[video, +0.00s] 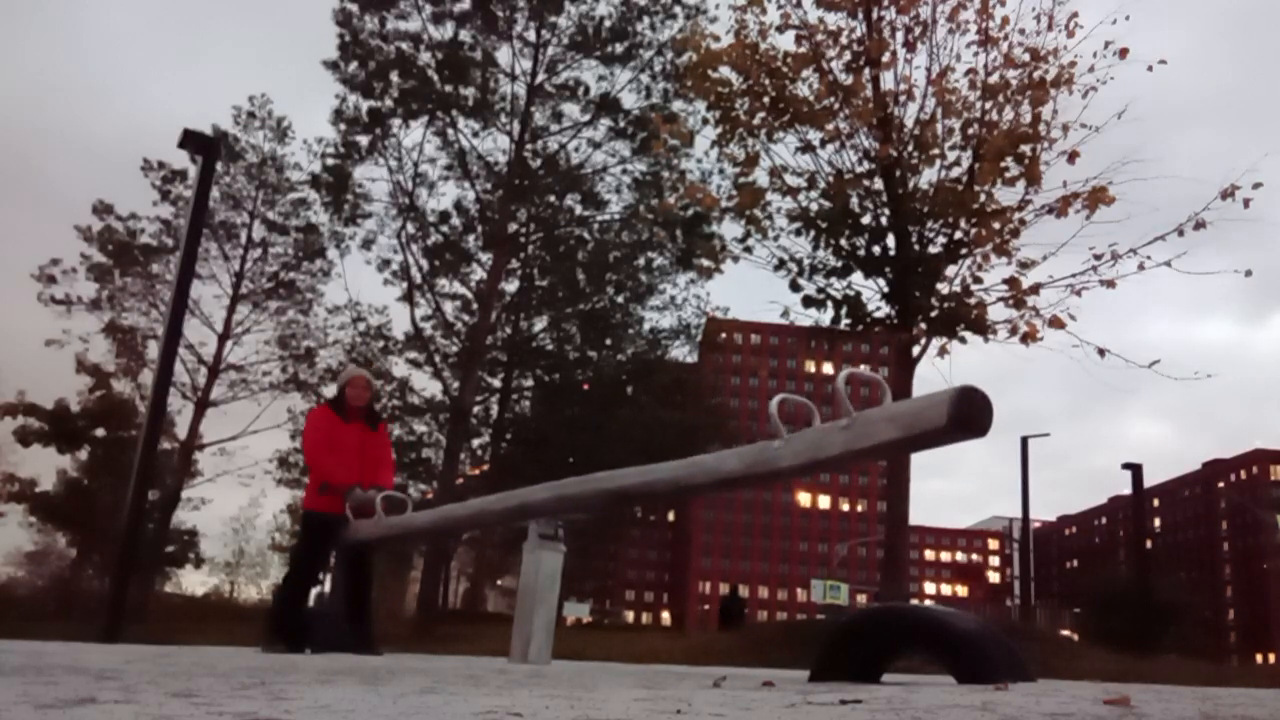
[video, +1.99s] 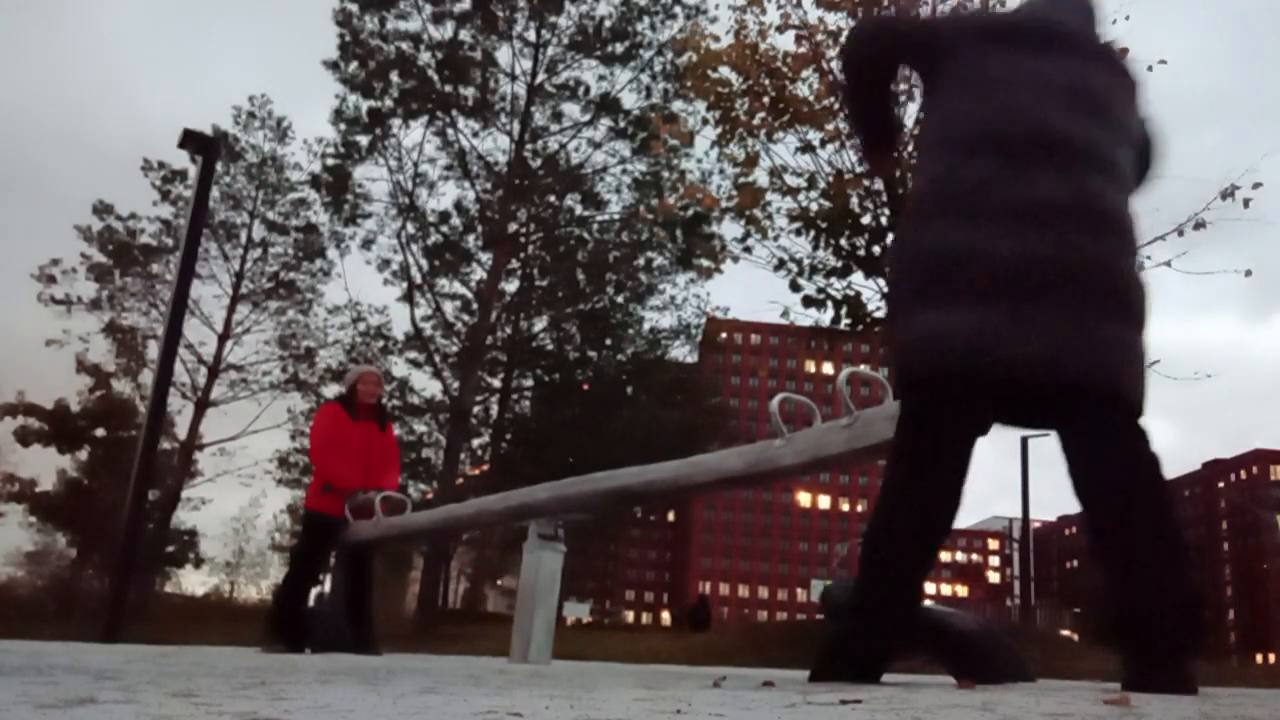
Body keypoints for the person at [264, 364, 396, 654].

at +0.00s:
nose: (360, 392)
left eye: (365, 387)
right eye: (354, 386)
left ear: (372, 393)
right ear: (343, 390)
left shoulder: (377, 427)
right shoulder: (321, 416)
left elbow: (385, 467)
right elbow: (315, 457)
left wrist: (379, 492)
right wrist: (344, 486)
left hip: (361, 514)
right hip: (322, 509)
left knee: (359, 579)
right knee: (304, 573)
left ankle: (359, 641)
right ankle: (281, 636)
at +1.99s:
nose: (371, 389)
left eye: (376, 384)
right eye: (365, 383)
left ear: (382, 390)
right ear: (352, 387)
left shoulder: (384, 426)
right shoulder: (331, 412)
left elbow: (391, 467)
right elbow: (320, 455)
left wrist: (382, 492)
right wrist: (349, 485)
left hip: (362, 514)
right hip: (325, 508)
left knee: (360, 579)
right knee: (304, 572)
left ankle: (361, 642)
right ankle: (282, 636)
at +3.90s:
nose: (382, 374)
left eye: (387, 369)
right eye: (376, 367)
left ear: (392, 374)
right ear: (363, 369)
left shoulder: (390, 405)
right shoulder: (340, 391)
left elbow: (403, 444)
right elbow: (322, 432)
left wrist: (386, 464)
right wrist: (351, 465)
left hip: (371, 491)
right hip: (332, 484)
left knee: (378, 550)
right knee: (319, 545)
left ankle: (371, 618)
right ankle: (287, 608)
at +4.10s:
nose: (383, 364)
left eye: (388, 358)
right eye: (377, 357)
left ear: (394, 363)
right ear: (364, 359)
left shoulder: (395, 394)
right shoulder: (341, 381)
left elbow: (404, 432)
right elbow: (328, 424)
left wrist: (384, 452)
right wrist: (354, 455)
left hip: (375, 477)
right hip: (335, 470)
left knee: (384, 534)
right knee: (326, 530)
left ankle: (380, 603)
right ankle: (291, 594)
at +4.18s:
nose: (383, 360)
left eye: (388, 355)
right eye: (377, 354)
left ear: (395, 359)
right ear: (365, 355)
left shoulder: (395, 390)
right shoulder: (344, 376)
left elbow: (405, 428)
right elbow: (330, 420)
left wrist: (386, 448)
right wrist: (356, 450)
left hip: (375, 473)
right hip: (337, 465)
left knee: (387, 529)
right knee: (328, 526)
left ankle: (381, 596)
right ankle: (293, 586)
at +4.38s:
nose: (388, 347)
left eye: (394, 342)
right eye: (383, 340)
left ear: (399, 347)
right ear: (371, 341)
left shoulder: (400, 381)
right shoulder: (347, 364)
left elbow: (407, 418)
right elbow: (334, 405)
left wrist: (389, 437)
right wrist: (360, 437)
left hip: (381, 460)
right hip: (342, 452)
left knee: (389, 521)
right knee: (330, 513)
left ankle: (384, 590)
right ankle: (295, 574)